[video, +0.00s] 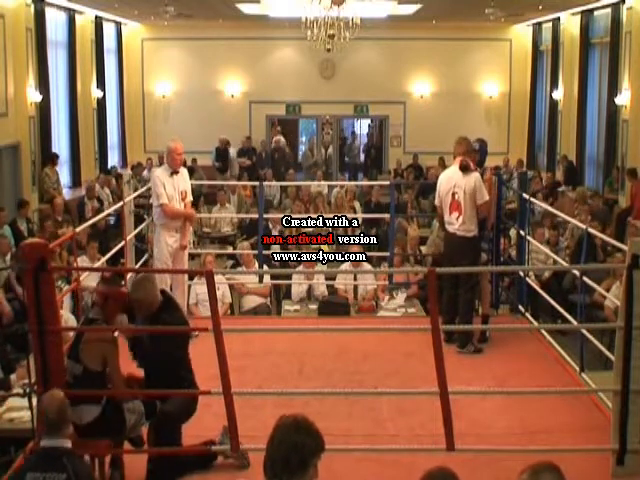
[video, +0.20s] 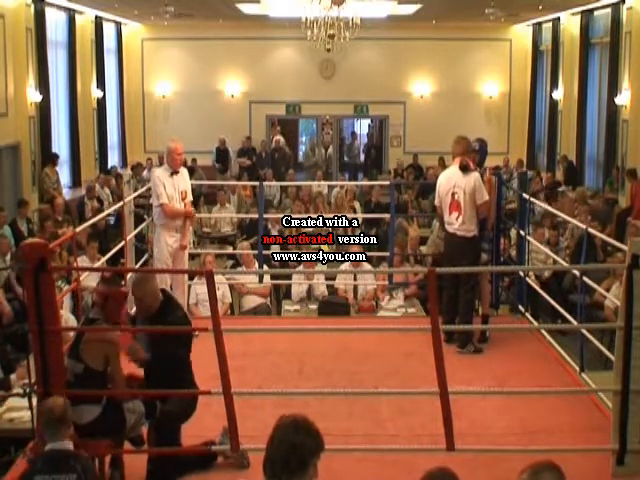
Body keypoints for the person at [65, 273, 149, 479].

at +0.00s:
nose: (121, 309)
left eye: (122, 303)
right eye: (119, 303)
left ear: (99, 302)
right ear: (110, 304)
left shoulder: (84, 328)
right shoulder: (106, 336)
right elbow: (119, 391)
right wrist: (137, 393)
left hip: (75, 414)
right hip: (95, 419)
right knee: (136, 407)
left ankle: (116, 462)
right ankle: (115, 462)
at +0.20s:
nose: (124, 309)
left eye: (124, 303)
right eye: (120, 303)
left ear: (99, 301)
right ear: (105, 303)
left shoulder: (86, 326)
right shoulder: (108, 336)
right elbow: (119, 391)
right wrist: (136, 392)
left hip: (75, 414)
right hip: (94, 419)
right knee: (137, 407)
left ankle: (115, 462)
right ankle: (115, 462)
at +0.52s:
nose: (123, 306)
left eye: (123, 299)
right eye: (120, 299)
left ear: (97, 300)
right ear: (107, 301)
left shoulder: (86, 325)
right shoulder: (109, 334)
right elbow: (120, 390)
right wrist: (138, 393)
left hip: (79, 421)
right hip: (98, 423)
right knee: (138, 406)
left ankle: (116, 463)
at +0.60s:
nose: (123, 305)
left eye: (123, 299)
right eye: (120, 300)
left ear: (98, 301)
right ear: (107, 302)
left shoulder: (87, 325)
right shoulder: (109, 334)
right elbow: (120, 390)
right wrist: (139, 390)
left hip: (79, 421)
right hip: (97, 423)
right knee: (138, 406)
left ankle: (116, 463)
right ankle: (115, 463)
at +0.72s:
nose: (123, 305)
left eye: (122, 298)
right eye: (118, 299)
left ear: (97, 301)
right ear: (104, 302)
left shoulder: (86, 326)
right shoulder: (108, 334)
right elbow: (120, 390)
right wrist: (138, 390)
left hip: (80, 421)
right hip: (98, 423)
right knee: (138, 407)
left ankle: (116, 463)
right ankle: (115, 464)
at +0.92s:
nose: (119, 303)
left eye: (118, 296)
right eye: (114, 298)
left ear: (94, 301)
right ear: (100, 301)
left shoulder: (84, 327)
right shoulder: (107, 339)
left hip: (79, 421)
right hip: (98, 423)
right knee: (138, 407)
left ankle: (116, 462)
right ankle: (115, 463)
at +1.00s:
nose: (120, 302)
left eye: (118, 296)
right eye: (114, 297)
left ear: (94, 301)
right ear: (99, 301)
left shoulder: (84, 327)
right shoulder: (107, 339)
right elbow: (115, 387)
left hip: (79, 420)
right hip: (96, 423)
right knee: (137, 407)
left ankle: (116, 462)